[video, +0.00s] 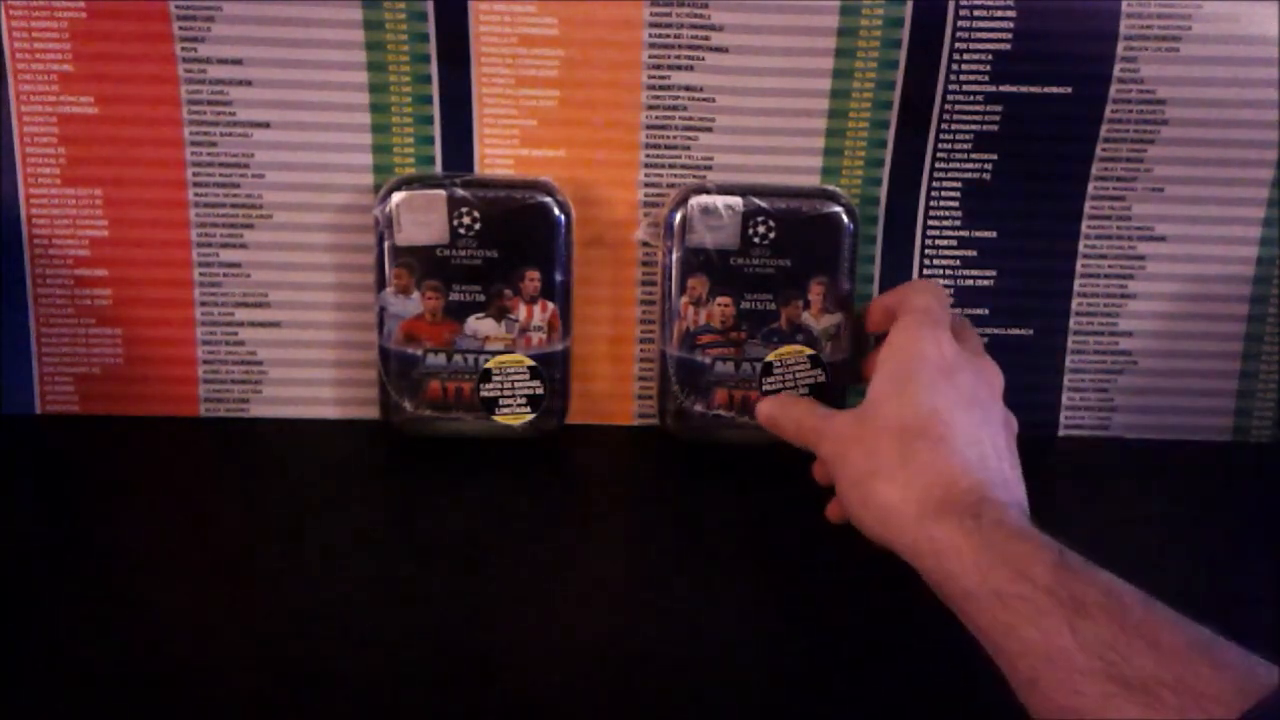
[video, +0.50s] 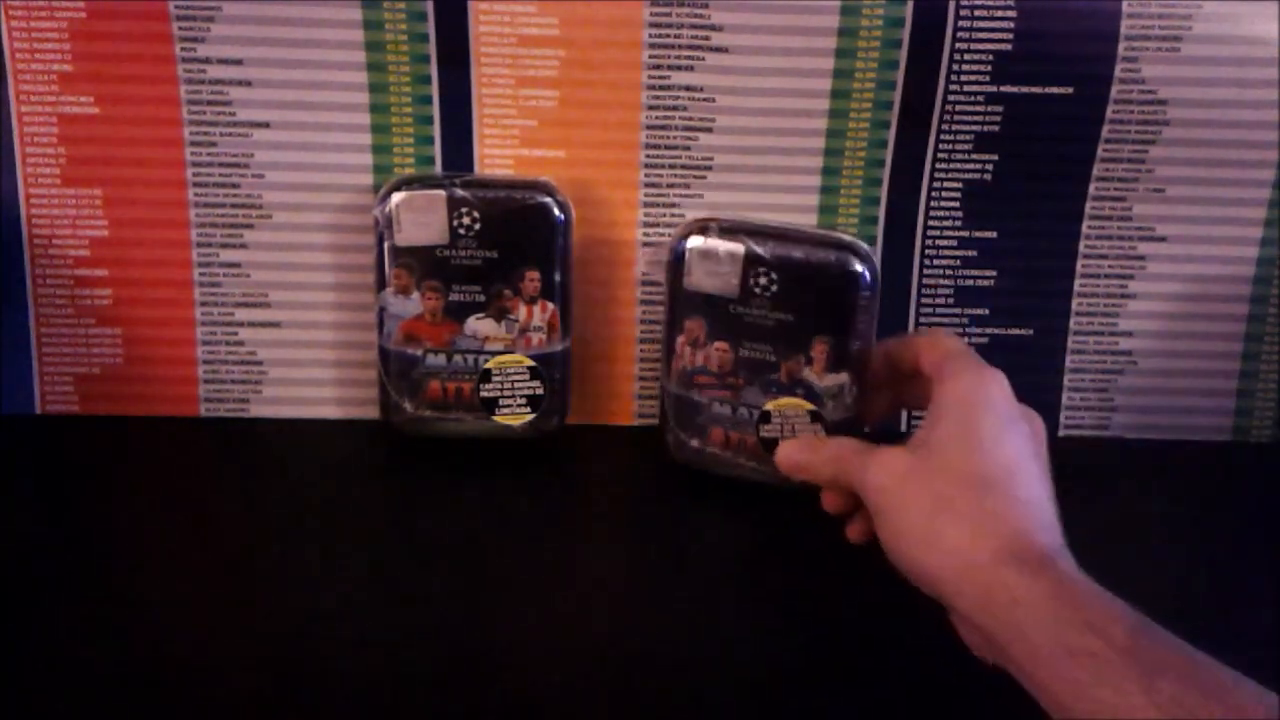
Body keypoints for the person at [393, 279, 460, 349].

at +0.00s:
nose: (433, 303)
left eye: (437, 299)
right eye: (429, 298)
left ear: (444, 301)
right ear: (422, 301)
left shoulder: (454, 328)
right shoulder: (408, 326)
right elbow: (396, 347)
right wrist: (420, 347)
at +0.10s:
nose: (433, 303)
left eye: (437, 299)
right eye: (429, 299)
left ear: (444, 302)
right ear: (422, 301)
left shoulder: (454, 328)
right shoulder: (408, 326)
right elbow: (395, 348)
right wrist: (421, 347)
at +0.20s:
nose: (433, 303)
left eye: (437, 299)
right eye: (429, 299)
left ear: (444, 302)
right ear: (422, 301)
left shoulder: (454, 328)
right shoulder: (408, 326)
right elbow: (396, 348)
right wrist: (421, 347)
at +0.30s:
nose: (433, 303)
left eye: (437, 299)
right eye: (429, 299)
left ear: (444, 302)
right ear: (422, 301)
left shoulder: (454, 328)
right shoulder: (408, 326)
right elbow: (396, 348)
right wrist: (421, 346)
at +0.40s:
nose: (433, 303)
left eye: (437, 299)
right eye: (429, 299)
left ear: (444, 302)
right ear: (422, 301)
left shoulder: (454, 328)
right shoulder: (408, 326)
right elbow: (396, 348)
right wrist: (421, 347)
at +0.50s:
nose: (433, 303)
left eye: (437, 299)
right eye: (429, 299)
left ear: (443, 302)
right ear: (422, 301)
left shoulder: (454, 328)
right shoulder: (408, 326)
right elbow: (396, 348)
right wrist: (421, 346)